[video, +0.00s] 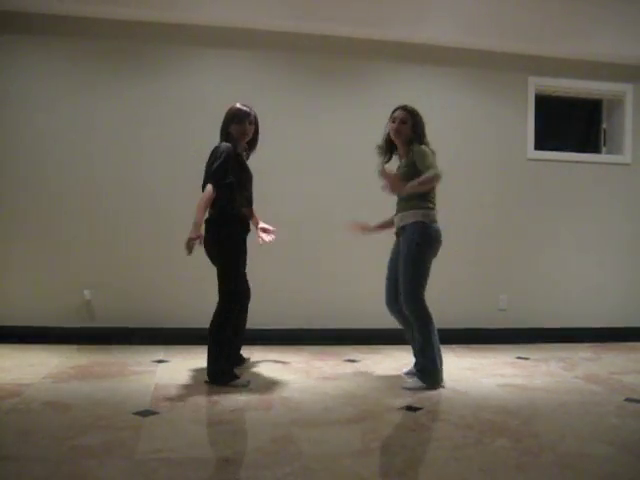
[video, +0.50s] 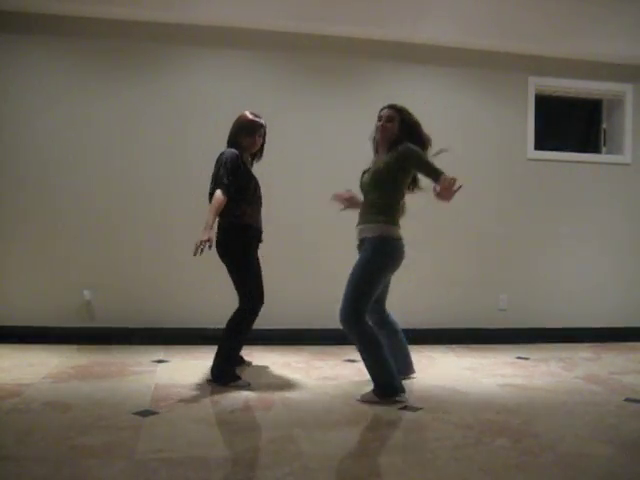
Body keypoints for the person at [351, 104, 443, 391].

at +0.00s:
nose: (396, 125)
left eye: (403, 123)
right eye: (393, 120)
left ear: (413, 130)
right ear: (388, 126)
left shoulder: (420, 151)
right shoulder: (399, 164)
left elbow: (434, 176)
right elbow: (404, 213)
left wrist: (404, 188)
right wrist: (374, 227)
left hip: (421, 230)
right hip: (405, 232)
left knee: (411, 299)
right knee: (395, 301)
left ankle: (430, 374)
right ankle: (424, 363)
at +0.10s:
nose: (396, 136)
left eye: (402, 132)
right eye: (392, 132)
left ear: (413, 136)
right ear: (387, 138)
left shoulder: (422, 159)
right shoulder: (399, 176)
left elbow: (408, 195)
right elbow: (388, 219)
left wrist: (388, 220)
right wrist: (361, 245)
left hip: (417, 234)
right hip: (403, 236)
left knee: (394, 298)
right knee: (393, 299)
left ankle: (425, 368)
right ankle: (428, 361)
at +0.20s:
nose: (393, 135)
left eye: (399, 131)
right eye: (390, 131)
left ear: (411, 135)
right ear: (385, 137)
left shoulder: (418, 160)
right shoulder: (399, 170)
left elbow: (420, 200)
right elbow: (394, 217)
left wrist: (399, 227)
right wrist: (361, 232)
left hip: (410, 239)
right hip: (401, 240)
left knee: (381, 297)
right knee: (396, 301)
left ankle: (417, 366)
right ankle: (430, 361)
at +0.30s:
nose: (392, 124)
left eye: (398, 119)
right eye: (388, 120)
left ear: (410, 123)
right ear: (384, 125)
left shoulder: (421, 150)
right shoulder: (388, 156)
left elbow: (440, 187)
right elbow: (390, 193)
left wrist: (426, 214)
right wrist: (371, 207)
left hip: (402, 228)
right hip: (387, 228)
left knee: (371, 296)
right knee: (393, 298)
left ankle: (404, 368)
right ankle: (424, 352)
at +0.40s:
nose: (389, 117)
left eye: (395, 113)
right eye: (386, 114)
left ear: (409, 119)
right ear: (383, 121)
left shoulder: (416, 146)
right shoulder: (388, 152)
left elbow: (450, 177)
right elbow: (417, 190)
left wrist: (442, 192)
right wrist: (372, 195)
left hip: (391, 229)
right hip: (378, 228)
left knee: (360, 301)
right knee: (385, 300)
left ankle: (384, 378)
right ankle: (410, 351)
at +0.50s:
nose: (381, 124)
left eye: (389, 120)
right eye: (379, 119)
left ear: (402, 128)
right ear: (376, 126)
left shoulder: (405, 152)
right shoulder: (379, 162)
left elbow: (442, 179)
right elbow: (382, 204)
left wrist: (443, 192)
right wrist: (357, 202)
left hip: (384, 246)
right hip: (372, 245)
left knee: (351, 315)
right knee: (376, 311)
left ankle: (388, 389)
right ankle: (401, 367)